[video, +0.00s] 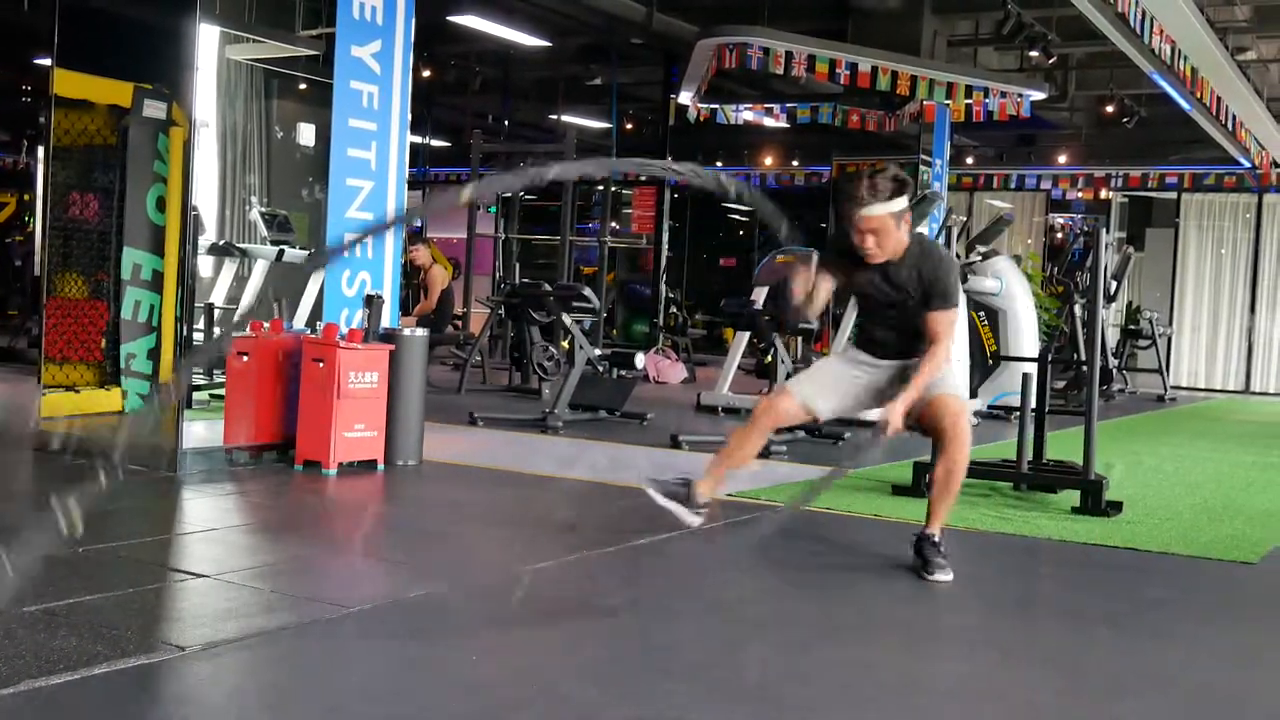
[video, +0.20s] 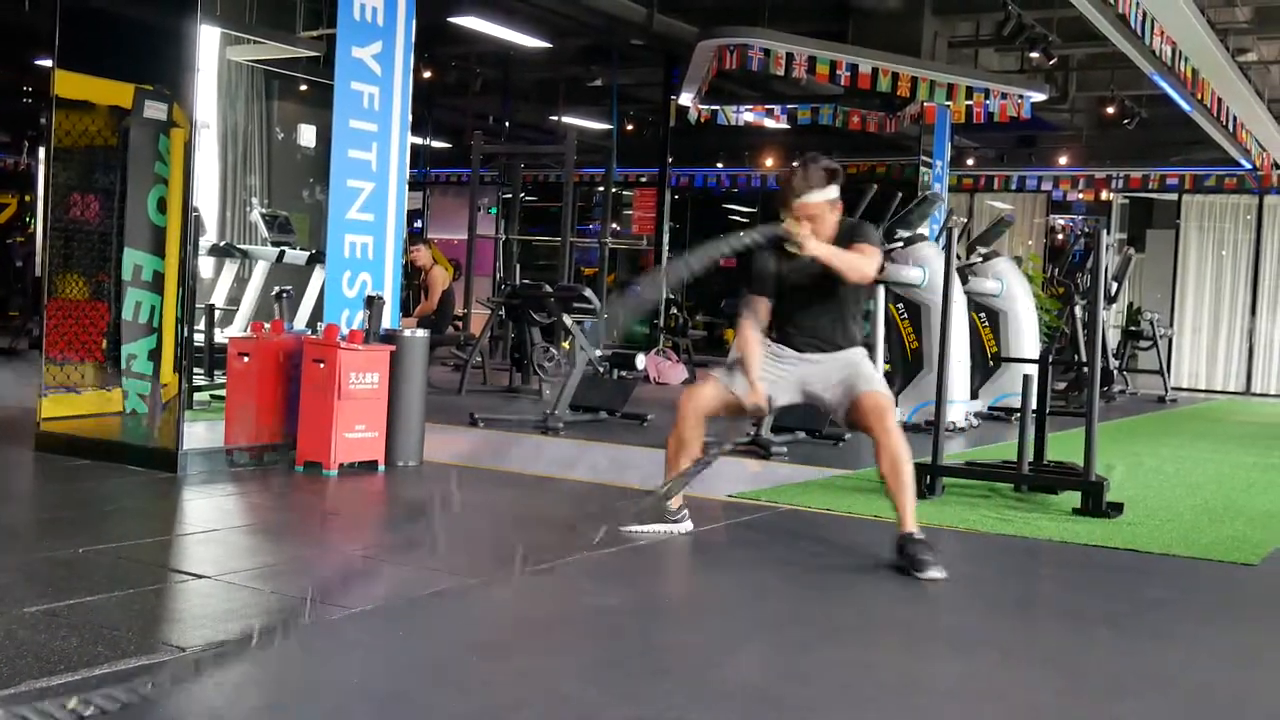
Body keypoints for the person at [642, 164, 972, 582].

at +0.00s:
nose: (864, 243)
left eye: (875, 233)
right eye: (857, 233)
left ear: (905, 223)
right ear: (849, 227)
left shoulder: (935, 265)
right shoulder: (844, 256)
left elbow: (941, 346)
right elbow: (810, 311)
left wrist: (903, 401)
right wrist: (802, 293)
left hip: (923, 373)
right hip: (860, 364)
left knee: (956, 424)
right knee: (771, 408)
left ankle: (932, 538)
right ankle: (699, 494)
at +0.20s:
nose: (806, 227)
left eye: (814, 218)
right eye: (798, 218)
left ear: (837, 208)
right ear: (786, 211)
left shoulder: (859, 233)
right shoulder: (771, 249)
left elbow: (865, 270)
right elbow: (751, 318)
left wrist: (814, 248)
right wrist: (754, 381)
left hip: (844, 362)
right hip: (777, 359)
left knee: (884, 417)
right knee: (693, 400)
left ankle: (910, 536)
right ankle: (672, 509)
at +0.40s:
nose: (752, 227)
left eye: (762, 219)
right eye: (747, 217)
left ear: (793, 208)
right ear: (740, 206)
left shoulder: (819, 245)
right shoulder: (741, 222)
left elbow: (816, 328)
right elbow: (686, 228)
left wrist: (777, 379)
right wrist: (675, 210)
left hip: (804, 348)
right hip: (747, 342)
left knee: (838, 400)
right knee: (669, 387)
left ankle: (826, 520)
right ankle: (641, 492)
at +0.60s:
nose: (716, 240)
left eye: (724, 231)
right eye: (709, 231)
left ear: (752, 220)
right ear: (701, 226)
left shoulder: (784, 249)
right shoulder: (700, 257)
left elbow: (800, 308)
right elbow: (686, 320)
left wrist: (759, 332)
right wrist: (667, 360)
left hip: (782, 367)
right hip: (719, 365)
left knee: (825, 404)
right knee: (644, 403)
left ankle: (829, 520)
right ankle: (623, 502)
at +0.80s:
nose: (757, 245)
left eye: (764, 236)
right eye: (749, 237)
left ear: (793, 226)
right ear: (742, 233)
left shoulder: (817, 253)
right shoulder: (738, 255)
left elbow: (816, 303)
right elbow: (705, 308)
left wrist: (758, 273)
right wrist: (685, 345)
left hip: (803, 374)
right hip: (742, 369)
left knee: (847, 408)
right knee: (658, 408)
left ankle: (855, 528)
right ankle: (621, 499)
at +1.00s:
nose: (794, 223)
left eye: (802, 215)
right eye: (791, 214)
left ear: (834, 206)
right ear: (788, 208)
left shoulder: (868, 242)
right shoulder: (792, 229)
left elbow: (883, 323)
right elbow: (742, 245)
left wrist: (850, 376)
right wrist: (731, 218)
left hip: (873, 350)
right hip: (816, 348)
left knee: (908, 399)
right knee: (735, 396)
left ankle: (889, 520)